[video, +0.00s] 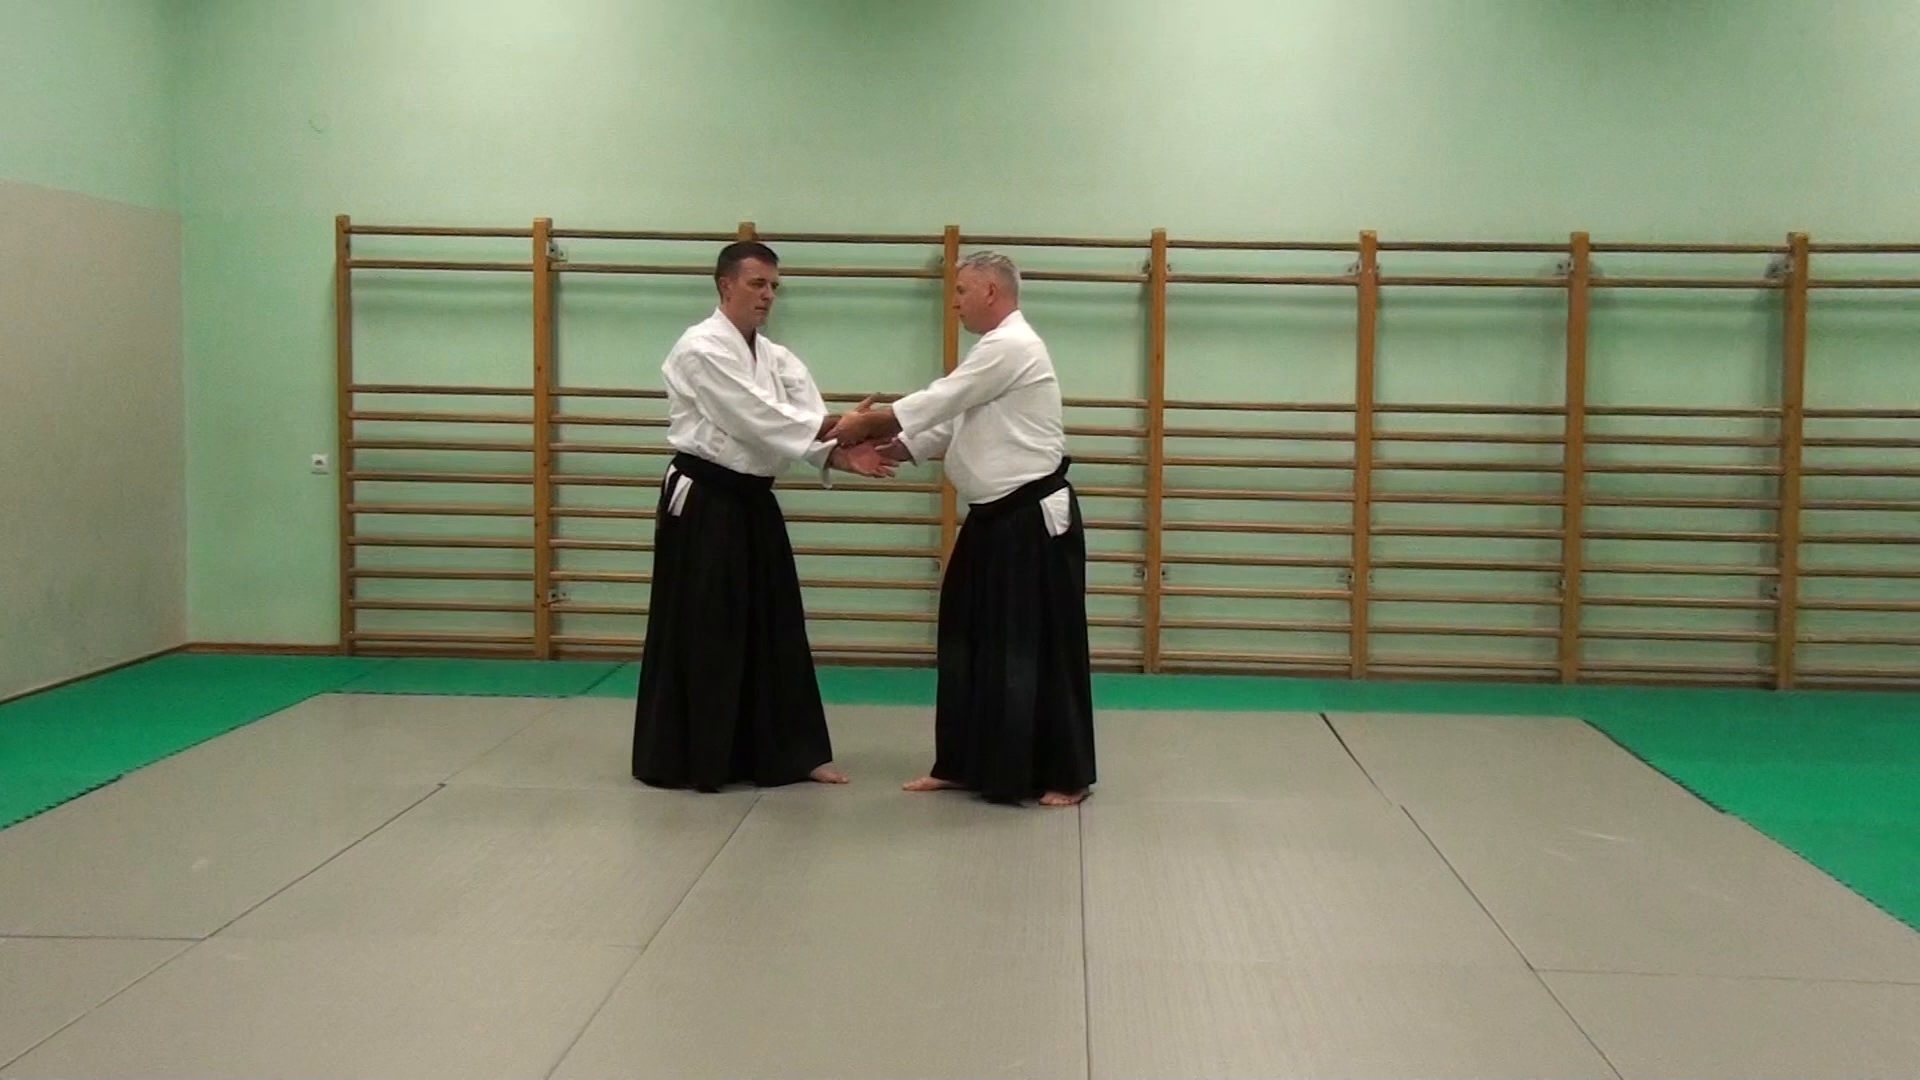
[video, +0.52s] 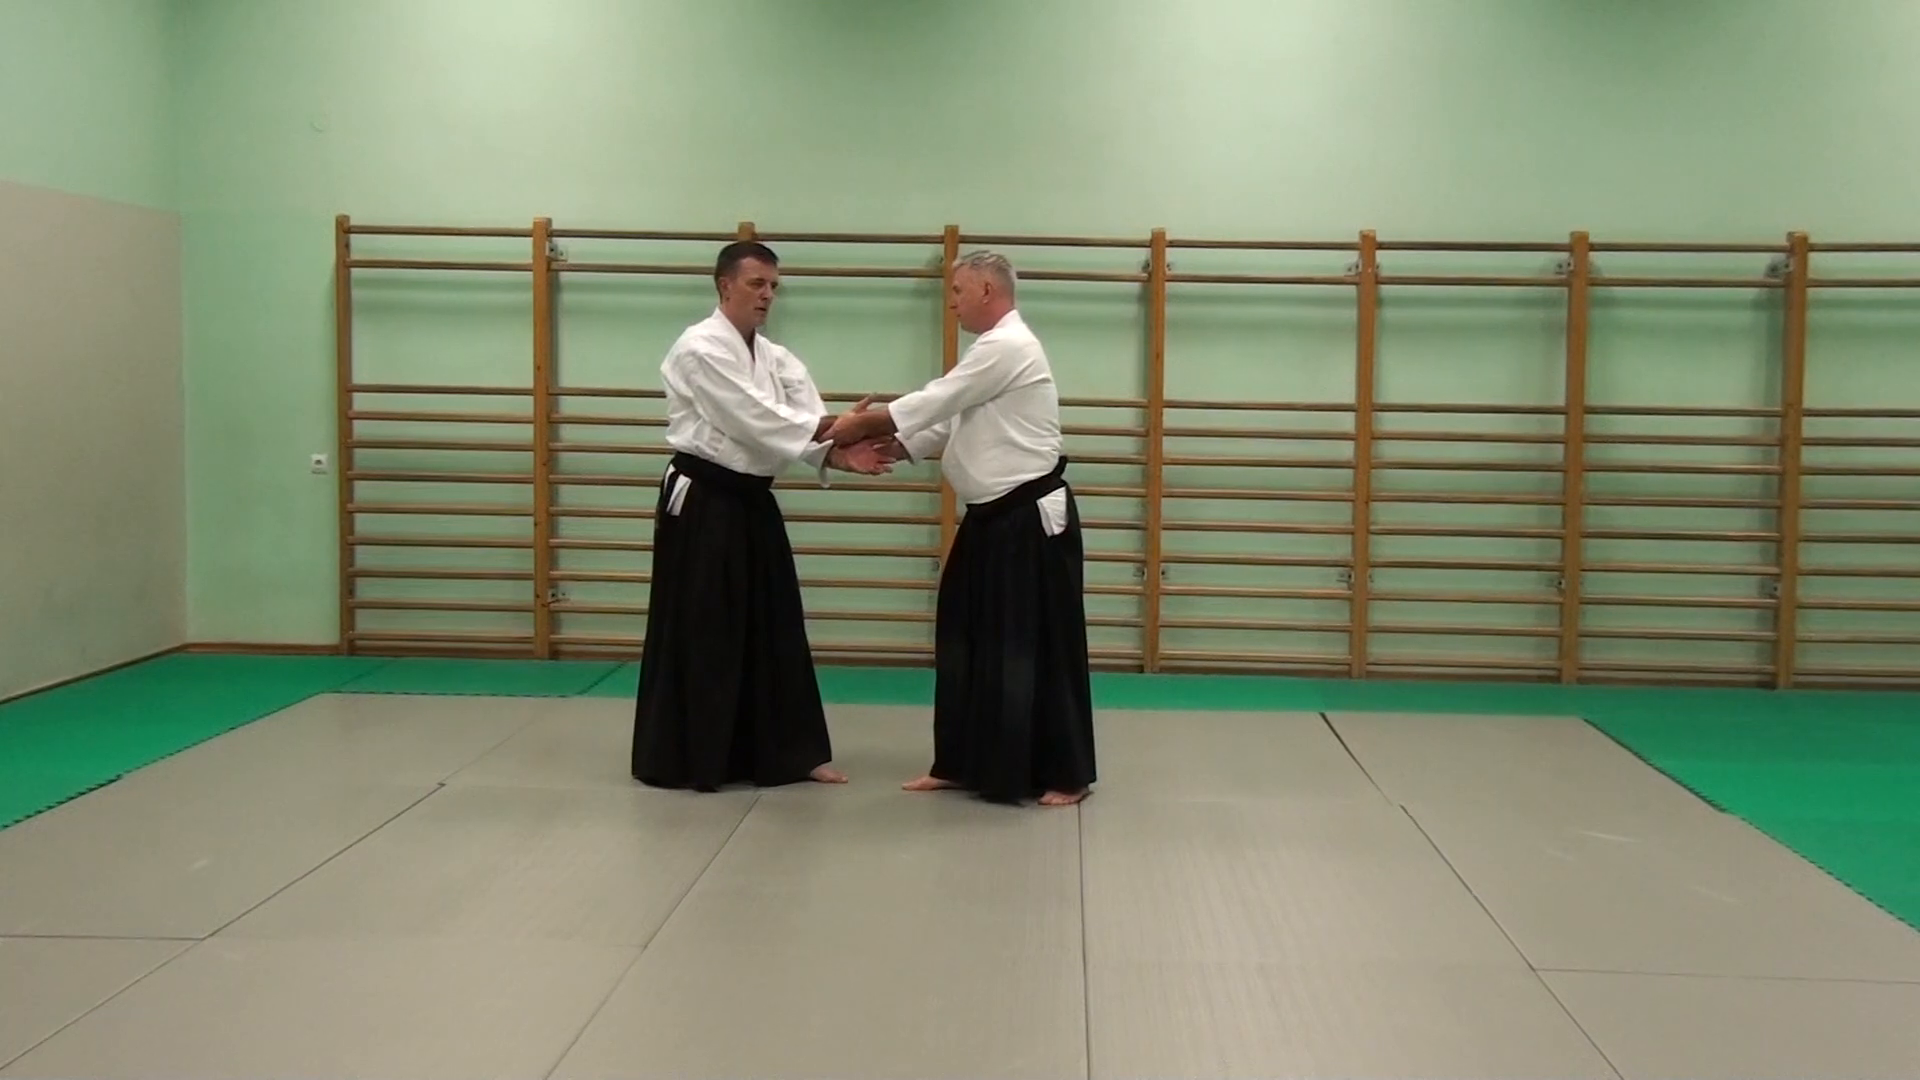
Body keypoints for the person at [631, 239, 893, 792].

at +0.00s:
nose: (768, 295)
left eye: (773, 286)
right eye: (757, 284)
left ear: (775, 292)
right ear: (725, 286)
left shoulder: (782, 360)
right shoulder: (699, 348)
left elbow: (807, 426)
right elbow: (754, 418)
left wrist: (845, 453)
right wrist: (831, 439)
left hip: (756, 501)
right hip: (703, 499)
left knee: (775, 626)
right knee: (702, 628)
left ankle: (793, 755)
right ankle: (692, 758)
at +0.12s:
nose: (768, 295)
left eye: (773, 286)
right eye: (757, 284)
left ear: (775, 292)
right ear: (725, 286)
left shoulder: (782, 360)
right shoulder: (698, 349)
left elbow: (804, 427)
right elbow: (754, 419)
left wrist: (844, 455)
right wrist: (831, 435)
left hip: (756, 501)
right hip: (703, 499)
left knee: (775, 626)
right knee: (702, 628)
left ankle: (795, 754)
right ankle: (692, 758)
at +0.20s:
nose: (768, 295)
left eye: (773, 286)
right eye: (757, 284)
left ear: (775, 291)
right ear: (725, 287)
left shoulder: (782, 360)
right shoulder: (698, 349)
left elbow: (804, 428)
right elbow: (754, 420)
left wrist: (844, 454)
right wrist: (833, 434)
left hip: (756, 501)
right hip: (703, 499)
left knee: (775, 626)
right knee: (702, 628)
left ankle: (794, 755)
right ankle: (692, 758)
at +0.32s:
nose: (767, 295)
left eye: (772, 287)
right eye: (756, 285)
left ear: (774, 292)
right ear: (725, 286)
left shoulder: (781, 360)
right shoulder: (697, 349)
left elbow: (805, 427)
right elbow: (751, 419)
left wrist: (842, 454)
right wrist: (828, 435)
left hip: (755, 501)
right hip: (702, 499)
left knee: (775, 626)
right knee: (702, 627)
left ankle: (795, 754)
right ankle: (692, 758)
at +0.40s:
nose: (767, 295)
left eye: (772, 287)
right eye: (756, 285)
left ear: (774, 292)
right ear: (724, 286)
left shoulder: (781, 360)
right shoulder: (697, 349)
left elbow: (804, 428)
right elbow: (751, 419)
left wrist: (841, 454)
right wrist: (828, 436)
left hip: (755, 501)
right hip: (702, 499)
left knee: (775, 626)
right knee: (701, 628)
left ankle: (795, 754)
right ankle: (693, 758)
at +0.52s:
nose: (767, 295)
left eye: (772, 286)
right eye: (756, 284)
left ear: (774, 291)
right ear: (725, 286)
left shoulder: (782, 360)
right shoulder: (698, 348)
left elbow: (806, 426)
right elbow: (751, 419)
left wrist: (842, 453)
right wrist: (827, 437)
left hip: (755, 501)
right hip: (702, 499)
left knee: (774, 626)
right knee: (701, 628)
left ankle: (792, 755)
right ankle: (692, 758)